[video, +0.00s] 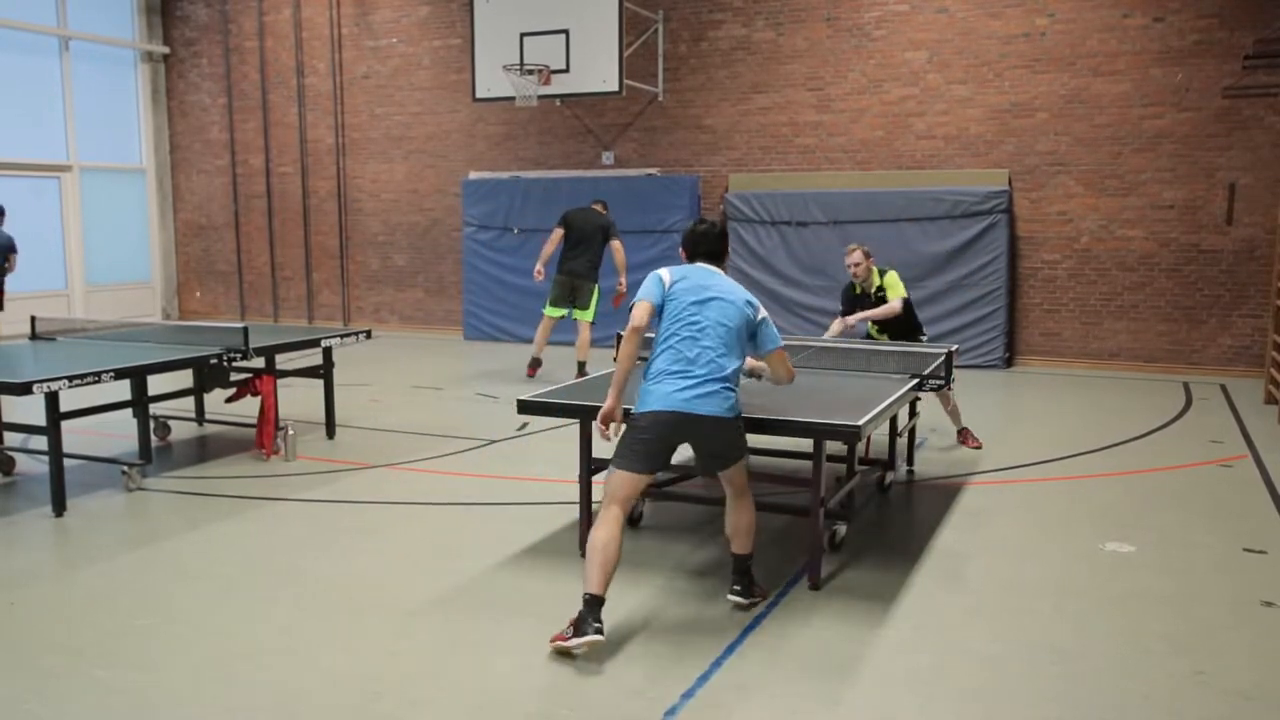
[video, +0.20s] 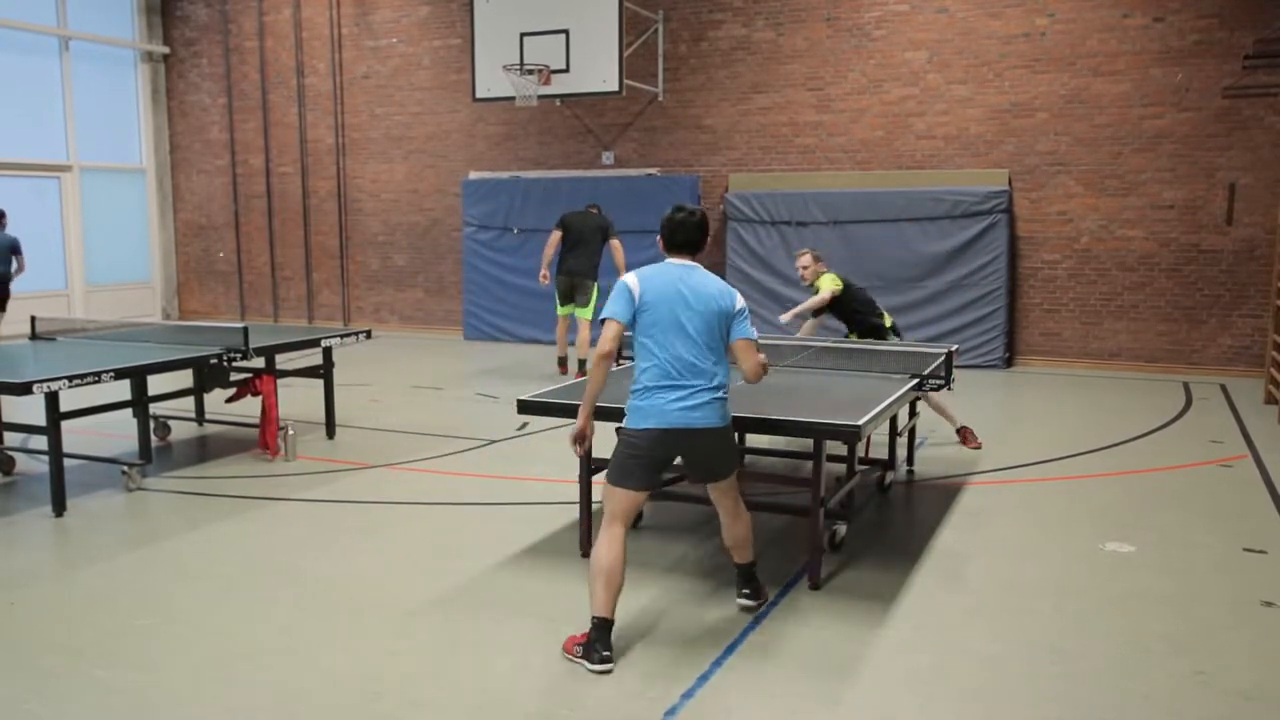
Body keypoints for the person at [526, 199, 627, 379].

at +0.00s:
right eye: (605, 213)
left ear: (590, 206)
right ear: (604, 211)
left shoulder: (570, 214)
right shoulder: (607, 222)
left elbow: (554, 238)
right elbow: (617, 247)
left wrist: (541, 262)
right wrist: (622, 276)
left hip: (563, 275)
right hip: (587, 280)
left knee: (548, 319)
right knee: (584, 324)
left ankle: (535, 358)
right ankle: (581, 370)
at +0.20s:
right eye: (598, 213)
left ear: (585, 210)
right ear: (599, 213)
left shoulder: (567, 218)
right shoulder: (605, 223)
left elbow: (552, 242)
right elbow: (616, 247)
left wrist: (544, 266)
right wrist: (622, 272)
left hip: (563, 274)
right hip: (587, 277)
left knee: (563, 319)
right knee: (584, 323)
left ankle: (562, 362)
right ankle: (581, 369)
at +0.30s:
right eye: (597, 215)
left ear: (583, 214)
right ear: (596, 215)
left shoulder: (565, 222)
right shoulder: (601, 223)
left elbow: (549, 244)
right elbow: (612, 247)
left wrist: (545, 270)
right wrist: (618, 273)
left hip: (563, 276)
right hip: (587, 277)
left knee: (569, 321)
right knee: (584, 323)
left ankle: (572, 362)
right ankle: (580, 365)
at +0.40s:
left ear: (578, 216)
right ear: (593, 216)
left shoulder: (562, 225)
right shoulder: (594, 221)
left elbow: (547, 249)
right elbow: (604, 240)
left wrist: (546, 278)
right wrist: (615, 264)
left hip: (564, 277)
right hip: (586, 275)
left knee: (569, 319)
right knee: (588, 318)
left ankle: (570, 361)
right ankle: (585, 355)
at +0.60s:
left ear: (574, 212)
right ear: (589, 210)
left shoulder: (559, 223)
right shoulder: (589, 212)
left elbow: (547, 249)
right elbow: (599, 232)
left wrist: (550, 276)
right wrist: (610, 257)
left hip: (565, 271)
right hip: (587, 269)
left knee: (569, 317)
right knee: (600, 307)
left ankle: (570, 359)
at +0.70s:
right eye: (594, 211)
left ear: (576, 208)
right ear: (590, 208)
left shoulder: (561, 220)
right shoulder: (590, 212)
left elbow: (547, 247)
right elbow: (599, 232)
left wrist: (552, 274)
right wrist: (611, 257)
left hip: (567, 271)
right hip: (589, 268)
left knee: (570, 319)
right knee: (606, 308)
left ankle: (570, 360)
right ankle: (581, 286)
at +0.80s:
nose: (596, 213)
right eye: (595, 209)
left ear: (577, 207)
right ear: (591, 207)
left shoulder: (562, 219)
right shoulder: (592, 213)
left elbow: (549, 245)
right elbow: (601, 231)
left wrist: (553, 272)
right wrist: (612, 257)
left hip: (568, 273)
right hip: (590, 269)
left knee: (570, 318)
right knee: (606, 305)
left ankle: (570, 360)